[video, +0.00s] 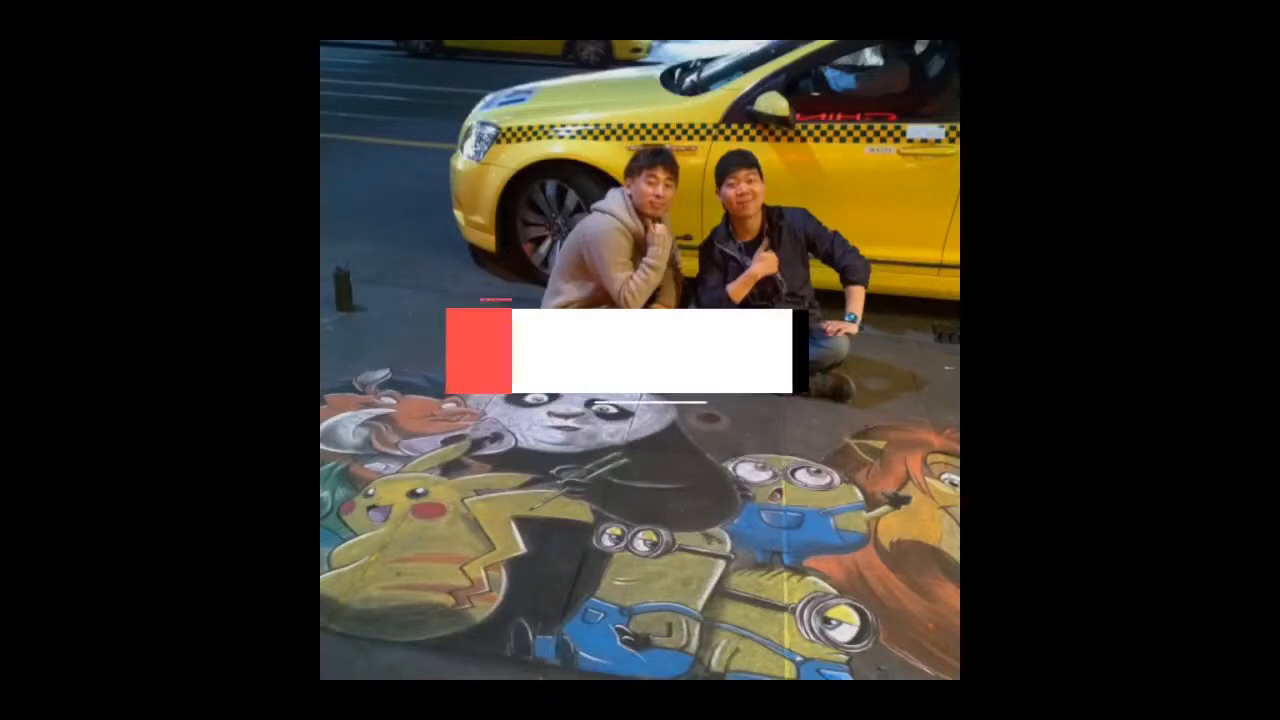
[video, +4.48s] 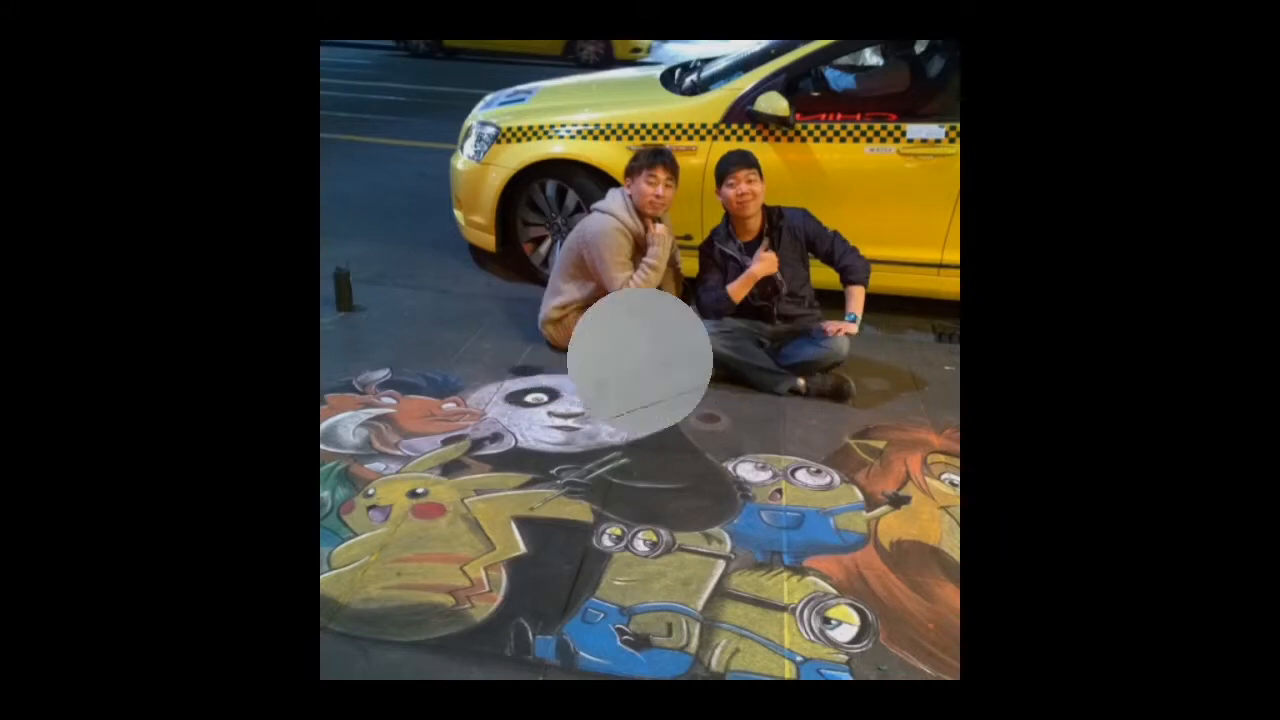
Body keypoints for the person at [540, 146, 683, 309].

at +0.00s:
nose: (660, 193)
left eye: (668, 185)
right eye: (651, 183)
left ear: (675, 192)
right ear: (629, 184)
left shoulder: (656, 220)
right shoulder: (604, 228)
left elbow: (669, 270)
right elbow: (628, 300)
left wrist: (663, 306)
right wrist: (658, 251)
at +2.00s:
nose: (659, 191)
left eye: (668, 184)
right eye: (651, 181)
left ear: (675, 190)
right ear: (629, 182)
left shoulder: (656, 224)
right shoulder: (604, 222)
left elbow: (669, 278)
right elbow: (629, 300)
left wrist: (665, 305)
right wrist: (664, 249)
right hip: (566, 319)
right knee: (639, 327)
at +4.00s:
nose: (660, 193)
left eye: (668, 185)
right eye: (651, 182)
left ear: (675, 192)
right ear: (629, 184)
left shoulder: (656, 221)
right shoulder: (605, 227)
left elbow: (670, 269)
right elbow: (629, 301)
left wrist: (665, 304)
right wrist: (658, 250)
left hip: (609, 306)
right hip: (567, 319)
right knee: (638, 328)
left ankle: (631, 347)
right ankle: (670, 335)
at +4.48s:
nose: (660, 193)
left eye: (668, 185)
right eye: (651, 183)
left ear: (675, 192)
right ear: (629, 184)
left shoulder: (656, 220)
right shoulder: (605, 228)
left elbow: (668, 285)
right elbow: (626, 298)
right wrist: (657, 252)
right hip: (565, 323)